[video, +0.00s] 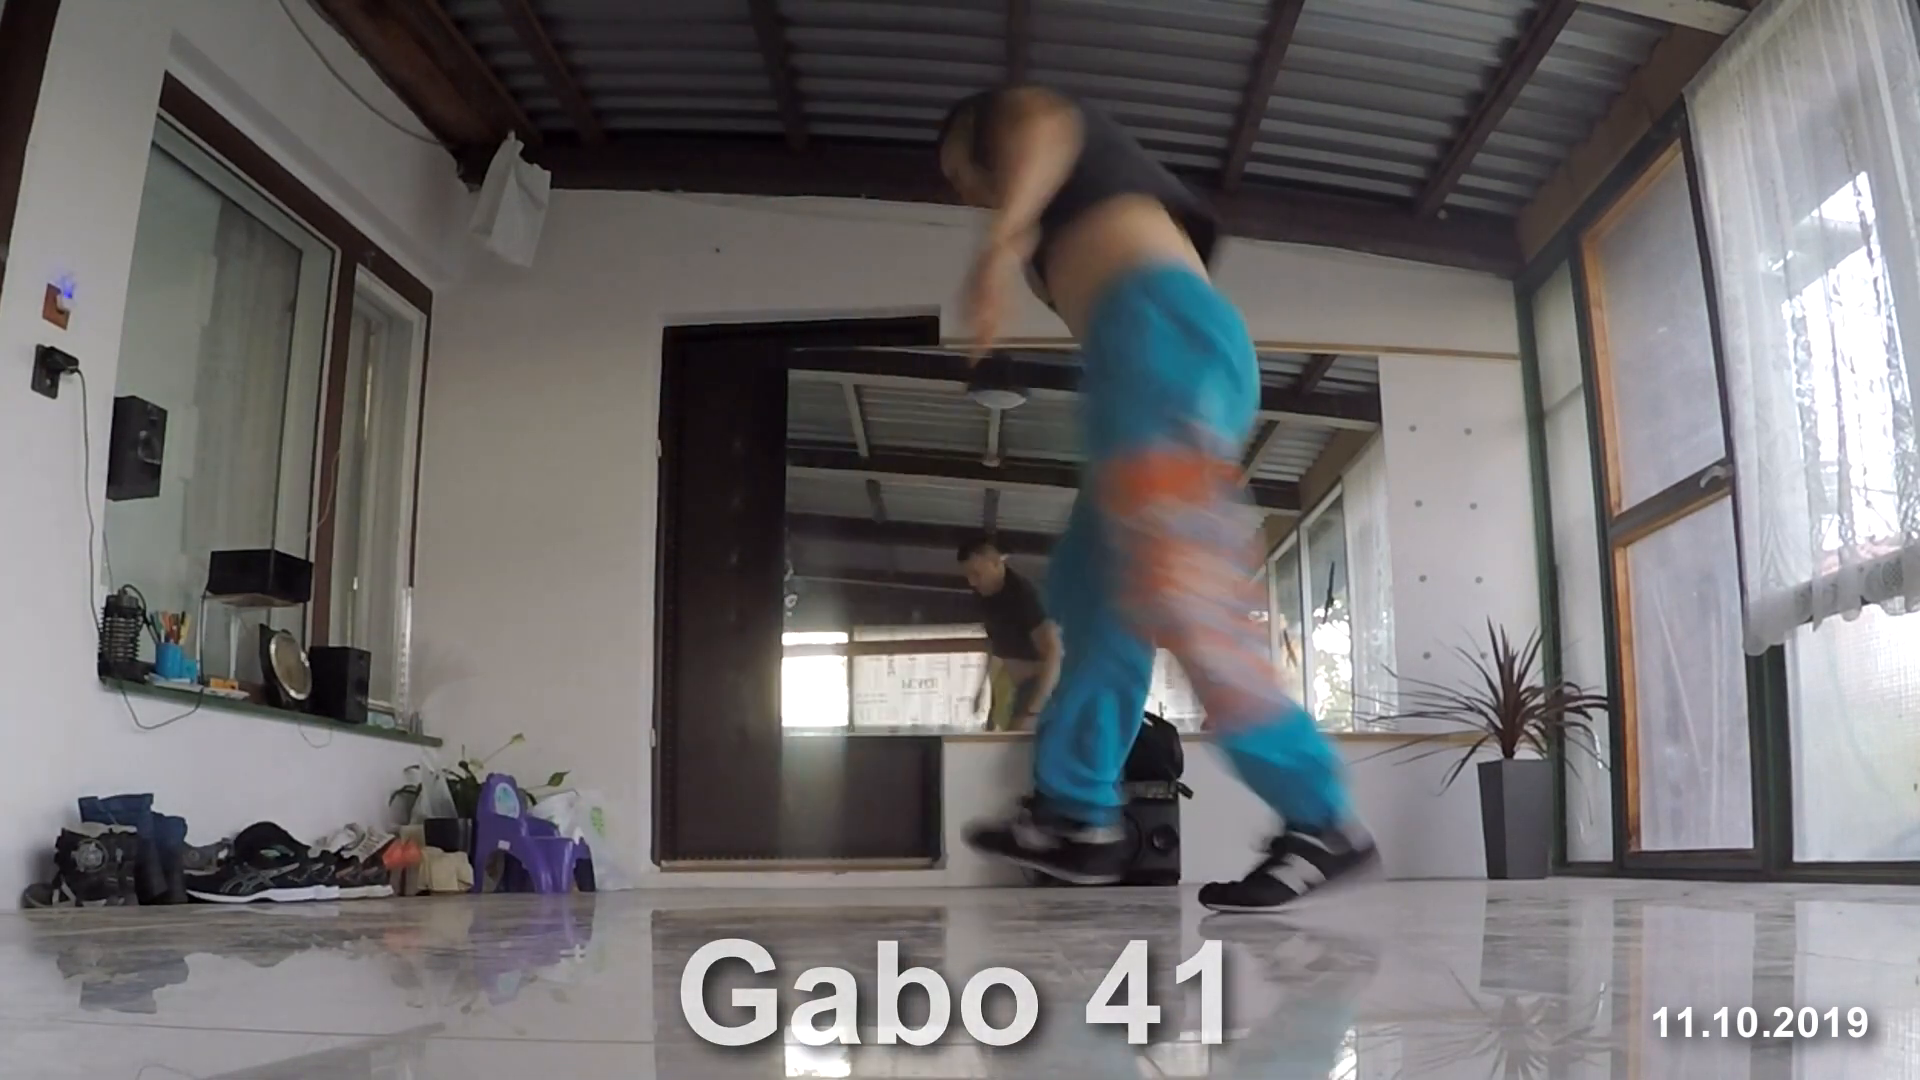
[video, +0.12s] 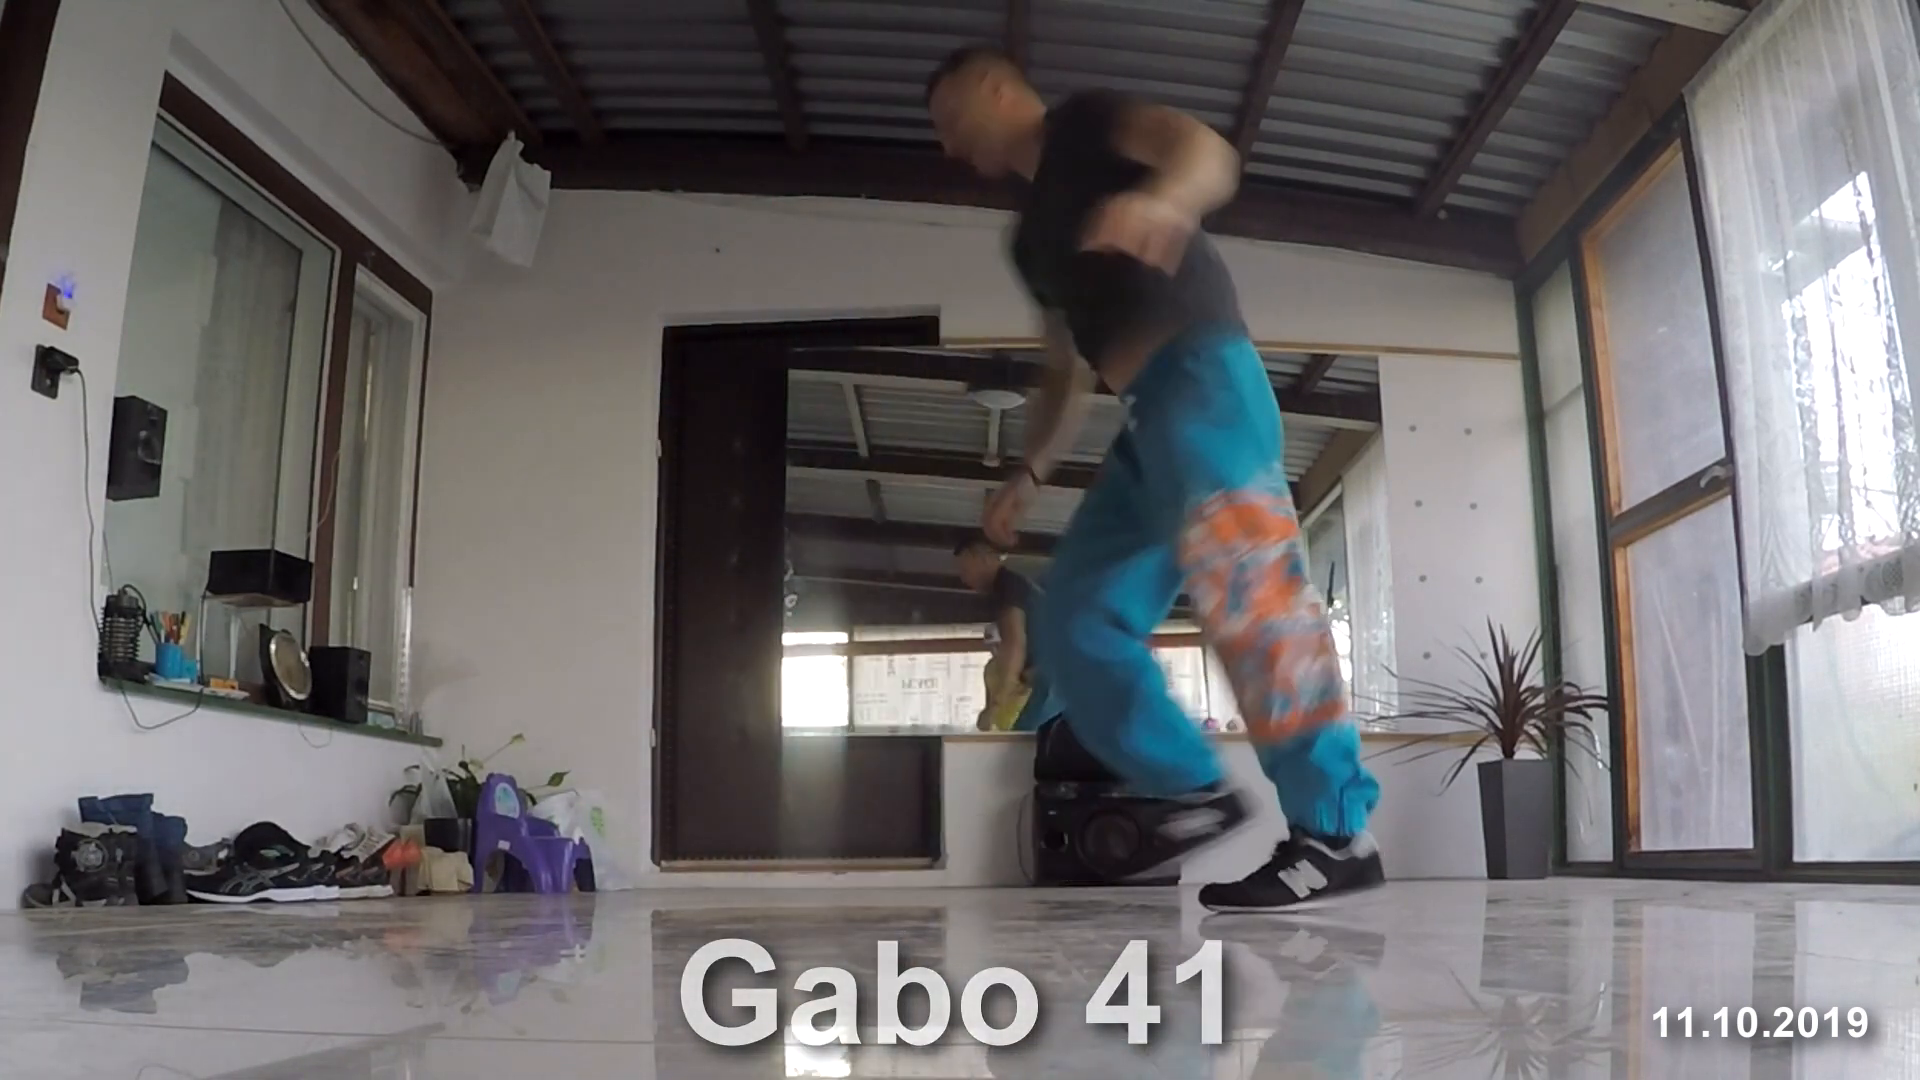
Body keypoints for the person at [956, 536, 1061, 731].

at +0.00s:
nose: (972, 582)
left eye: (977, 573)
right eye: (968, 575)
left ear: (998, 562)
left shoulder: (1023, 593)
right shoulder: (984, 596)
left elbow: (1053, 652)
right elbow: (995, 648)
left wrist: (1032, 712)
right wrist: (982, 689)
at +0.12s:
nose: (963, 578)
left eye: (965, 568)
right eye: (961, 570)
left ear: (983, 558)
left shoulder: (1008, 584)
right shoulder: (1006, 586)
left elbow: (1015, 646)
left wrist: (996, 704)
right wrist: (992, 704)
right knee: (993, 669)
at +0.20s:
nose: (966, 571)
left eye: (967, 562)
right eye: (964, 564)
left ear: (980, 553)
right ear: (998, 553)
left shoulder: (992, 581)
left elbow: (994, 642)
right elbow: (1072, 629)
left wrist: (991, 699)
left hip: (1054, 672)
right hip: (1084, 669)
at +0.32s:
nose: (986, 568)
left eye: (989, 561)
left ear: (997, 560)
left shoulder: (992, 588)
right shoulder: (1060, 583)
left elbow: (985, 636)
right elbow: (1094, 642)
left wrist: (990, 698)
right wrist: (1074, 668)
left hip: (1042, 680)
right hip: (1085, 675)